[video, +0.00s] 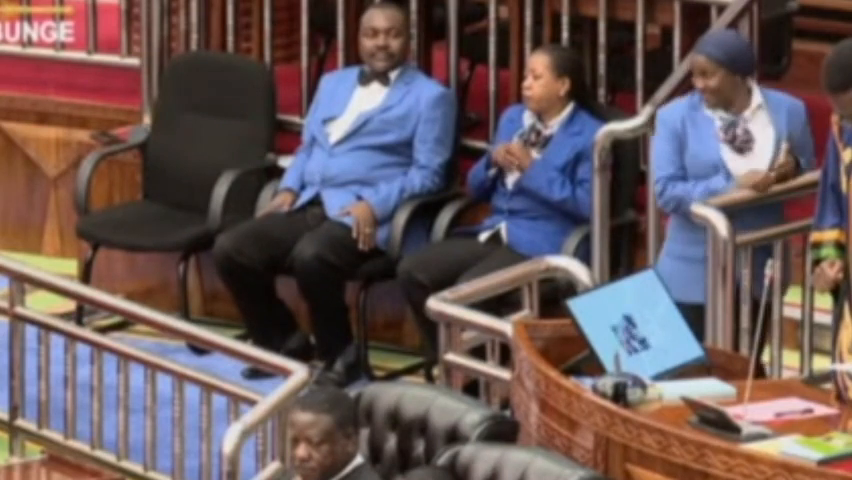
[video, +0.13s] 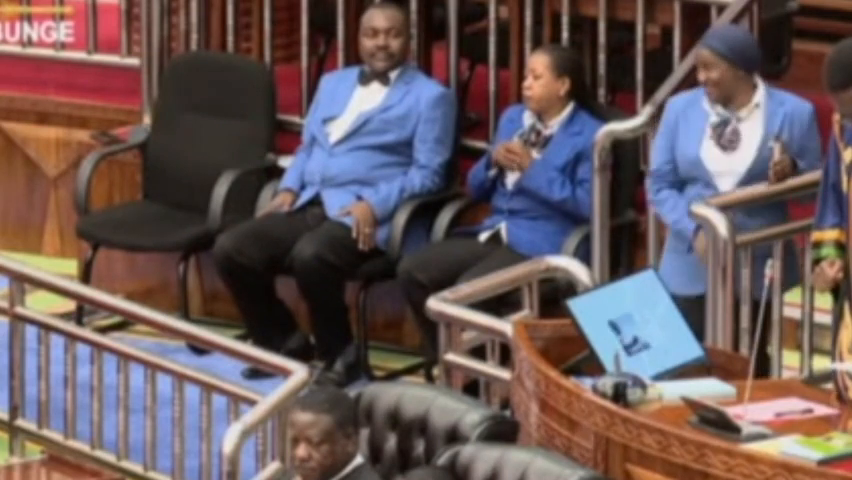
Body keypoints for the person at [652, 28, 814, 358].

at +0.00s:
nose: (698, 84)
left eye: (707, 75)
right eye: (694, 75)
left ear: (739, 73)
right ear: (689, 75)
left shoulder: (789, 111)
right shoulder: (673, 118)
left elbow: (809, 178)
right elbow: (666, 193)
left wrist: (792, 173)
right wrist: (734, 186)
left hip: (757, 276)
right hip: (690, 277)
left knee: (745, 378)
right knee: (688, 376)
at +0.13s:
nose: (701, 78)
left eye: (709, 68)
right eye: (698, 68)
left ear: (741, 68)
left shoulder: (795, 114)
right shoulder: (679, 110)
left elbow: (813, 188)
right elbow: (659, 185)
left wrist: (790, 178)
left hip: (758, 274)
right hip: (689, 272)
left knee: (751, 377)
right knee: (685, 374)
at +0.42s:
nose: (681, 74)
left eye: (689, 65)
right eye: (681, 64)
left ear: (719, 68)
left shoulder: (776, 119)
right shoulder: (673, 103)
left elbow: (800, 189)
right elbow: (653, 182)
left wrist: (753, 184)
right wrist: (640, 253)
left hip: (740, 274)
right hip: (675, 267)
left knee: (735, 372)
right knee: (668, 363)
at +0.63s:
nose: (673, 72)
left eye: (680, 63)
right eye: (672, 63)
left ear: (711, 68)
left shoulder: (767, 119)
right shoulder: (670, 101)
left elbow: (786, 191)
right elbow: (651, 181)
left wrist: (722, 195)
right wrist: (637, 252)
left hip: (734, 273)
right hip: (670, 265)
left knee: (728, 370)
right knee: (662, 359)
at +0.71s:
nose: (634, 67)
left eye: (641, 58)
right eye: (635, 58)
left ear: (671, 64)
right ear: (663, 63)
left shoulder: (719, 117)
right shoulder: (644, 105)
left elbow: (732, 198)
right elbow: (631, 188)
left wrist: (670, 236)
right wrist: (622, 250)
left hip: (689, 278)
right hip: (640, 269)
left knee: (682, 372)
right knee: (636, 364)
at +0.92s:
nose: (606, 65)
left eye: (612, 56)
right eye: (607, 56)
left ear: (640, 60)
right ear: (634, 60)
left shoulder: (675, 113)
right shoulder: (626, 104)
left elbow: (680, 197)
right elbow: (613, 187)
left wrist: (633, 252)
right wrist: (603, 250)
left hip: (669, 277)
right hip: (624, 270)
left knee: (673, 377)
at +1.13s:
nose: (572, 61)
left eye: (578, 53)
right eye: (573, 53)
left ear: (601, 56)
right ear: (599, 56)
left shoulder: (626, 106)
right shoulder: (604, 96)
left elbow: (620, 197)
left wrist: (573, 260)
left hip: (619, 258)